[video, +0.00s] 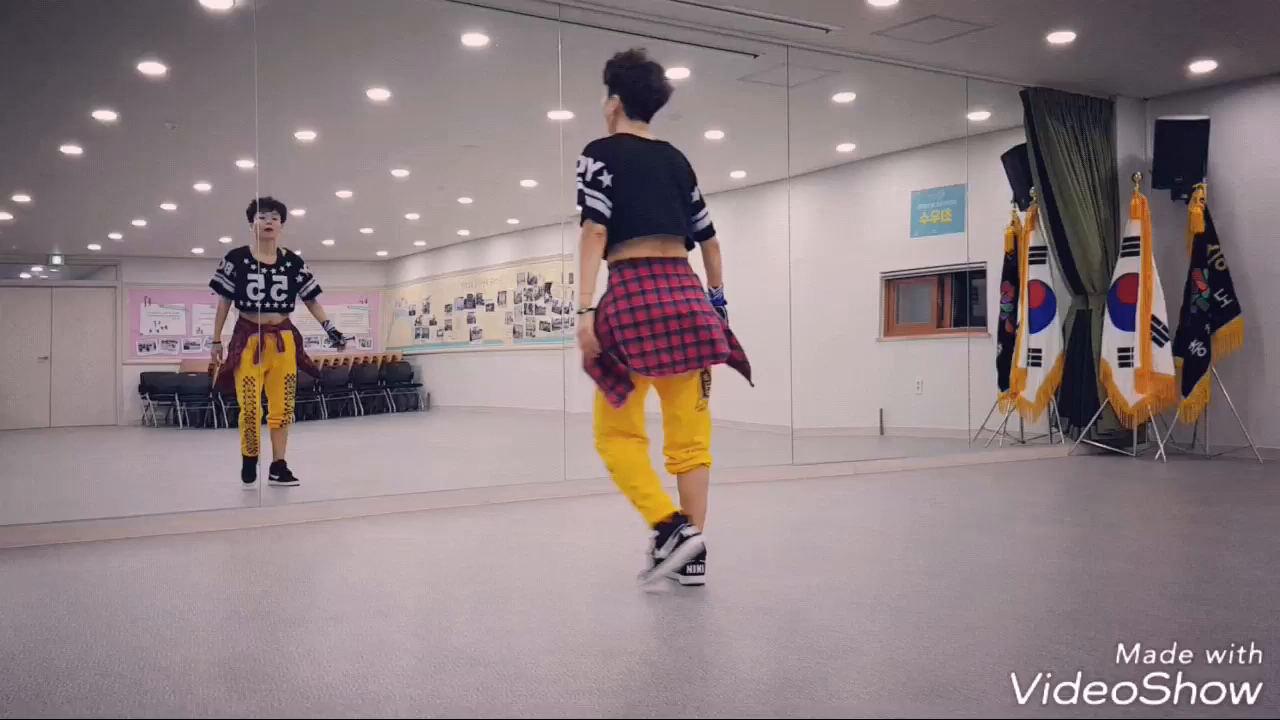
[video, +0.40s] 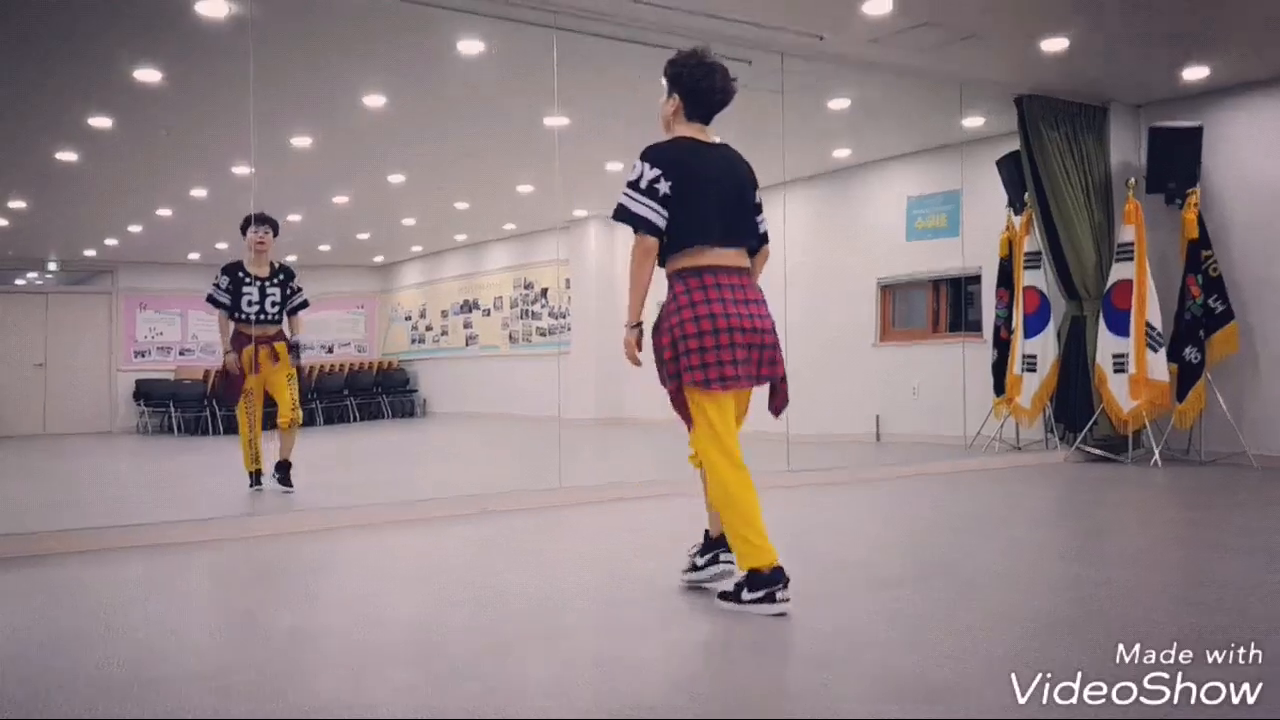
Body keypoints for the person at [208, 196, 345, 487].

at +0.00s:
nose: (269, 223)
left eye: (274, 219)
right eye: (262, 218)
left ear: (282, 225)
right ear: (252, 224)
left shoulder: (292, 261)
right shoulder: (237, 259)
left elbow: (311, 299)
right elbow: (224, 302)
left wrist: (330, 328)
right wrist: (216, 340)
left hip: (283, 337)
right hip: (247, 337)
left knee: (282, 406)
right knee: (249, 408)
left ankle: (279, 464)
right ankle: (249, 459)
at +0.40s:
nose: (261, 238)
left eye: (266, 233)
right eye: (255, 233)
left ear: (274, 239)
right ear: (246, 238)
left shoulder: (285, 274)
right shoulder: (231, 273)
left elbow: (294, 313)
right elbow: (223, 315)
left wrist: (298, 342)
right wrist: (227, 350)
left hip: (278, 347)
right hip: (244, 347)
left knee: (291, 412)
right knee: (249, 416)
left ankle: (283, 466)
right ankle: (254, 472)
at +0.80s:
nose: (264, 272)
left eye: (269, 267)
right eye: (258, 267)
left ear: (277, 272)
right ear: (248, 271)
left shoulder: (282, 306)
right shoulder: (235, 301)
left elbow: (289, 348)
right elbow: (222, 342)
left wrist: (293, 379)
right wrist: (226, 381)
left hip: (279, 378)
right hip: (248, 378)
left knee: (288, 448)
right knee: (253, 448)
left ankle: (275, 495)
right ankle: (254, 503)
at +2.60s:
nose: (248, 292)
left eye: (253, 288)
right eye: (242, 287)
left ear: (260, 293)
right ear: (232, 293)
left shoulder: (274, 324)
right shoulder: (221, 329)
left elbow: (294, 356)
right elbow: (208, 364)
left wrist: (279, 389)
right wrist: (226, 382)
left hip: (262, 401)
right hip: (228, 403)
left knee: (262, 464)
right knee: (222, 464)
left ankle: (257, 519)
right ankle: (228, 521)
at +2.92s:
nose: (234, 290)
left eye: (235, 284)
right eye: (227, 284)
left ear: (237, 288)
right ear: (210, 290)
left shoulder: (244, 323)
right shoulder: (193, 324)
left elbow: (259, 358)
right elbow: (181, 365)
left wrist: (251, 385)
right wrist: (196, 397)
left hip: (241, 395)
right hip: (208, 395)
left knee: (239, 462)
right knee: (202, 463)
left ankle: (228, 520)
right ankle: (200, 520)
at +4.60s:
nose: (242, 261)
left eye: (247, 256)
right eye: (236, 256)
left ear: (253, 260)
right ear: (225, 260)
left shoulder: (260, 295)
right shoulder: (213, 289)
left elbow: (263, 336)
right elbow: (197, 325)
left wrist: (258, 360)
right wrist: (209, 360)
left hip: (247, 366)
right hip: (218, 365)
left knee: (260, 433)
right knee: (218, 434)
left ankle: (247, 489)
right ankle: (218, 493)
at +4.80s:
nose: (263, 248)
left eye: (267, 244)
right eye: (256, 244)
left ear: (274, 250)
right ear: (247, 251)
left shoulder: (288, 284)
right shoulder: (235, 284)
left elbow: (302, 319)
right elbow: (212, 316)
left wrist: (286, 346)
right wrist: (238, 334)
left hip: (271, 362)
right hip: (236, 361)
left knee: (274, 429)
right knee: (236, 426)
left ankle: (268, 477)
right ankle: (240, 479)